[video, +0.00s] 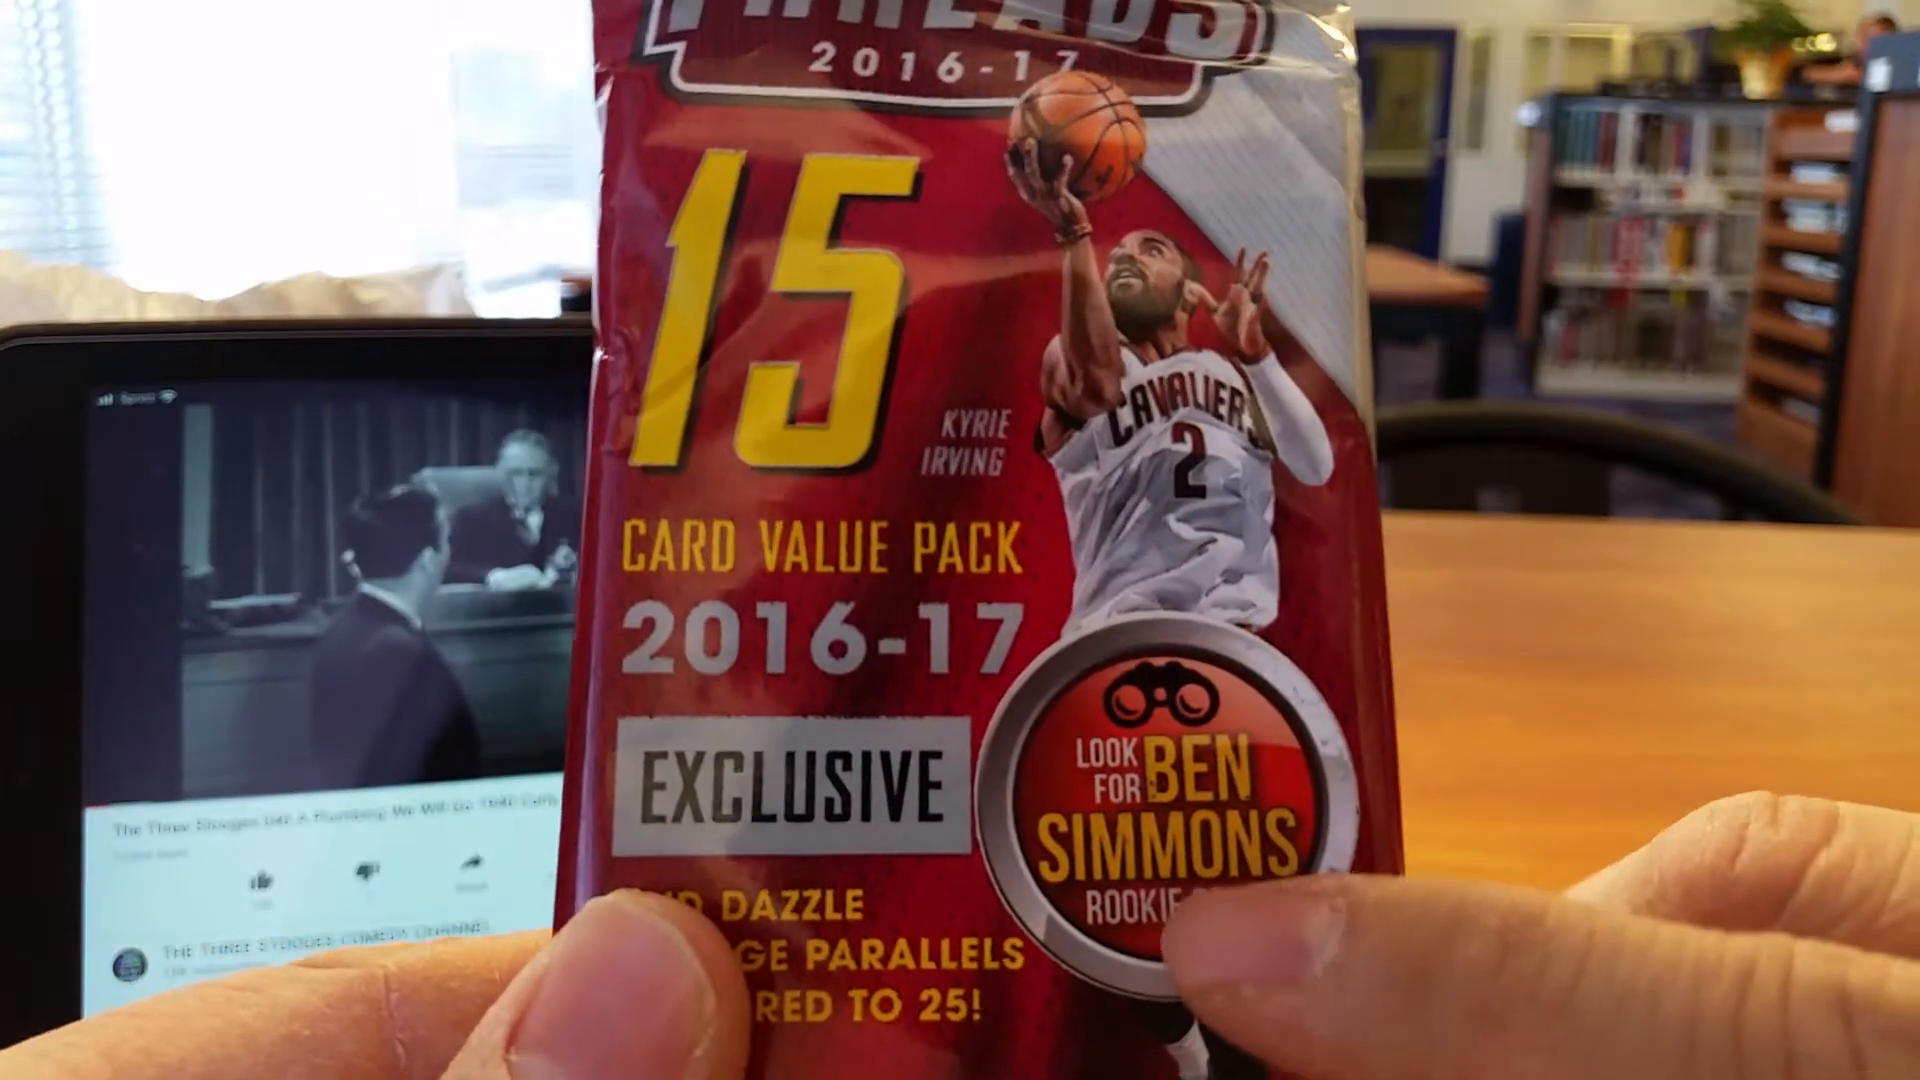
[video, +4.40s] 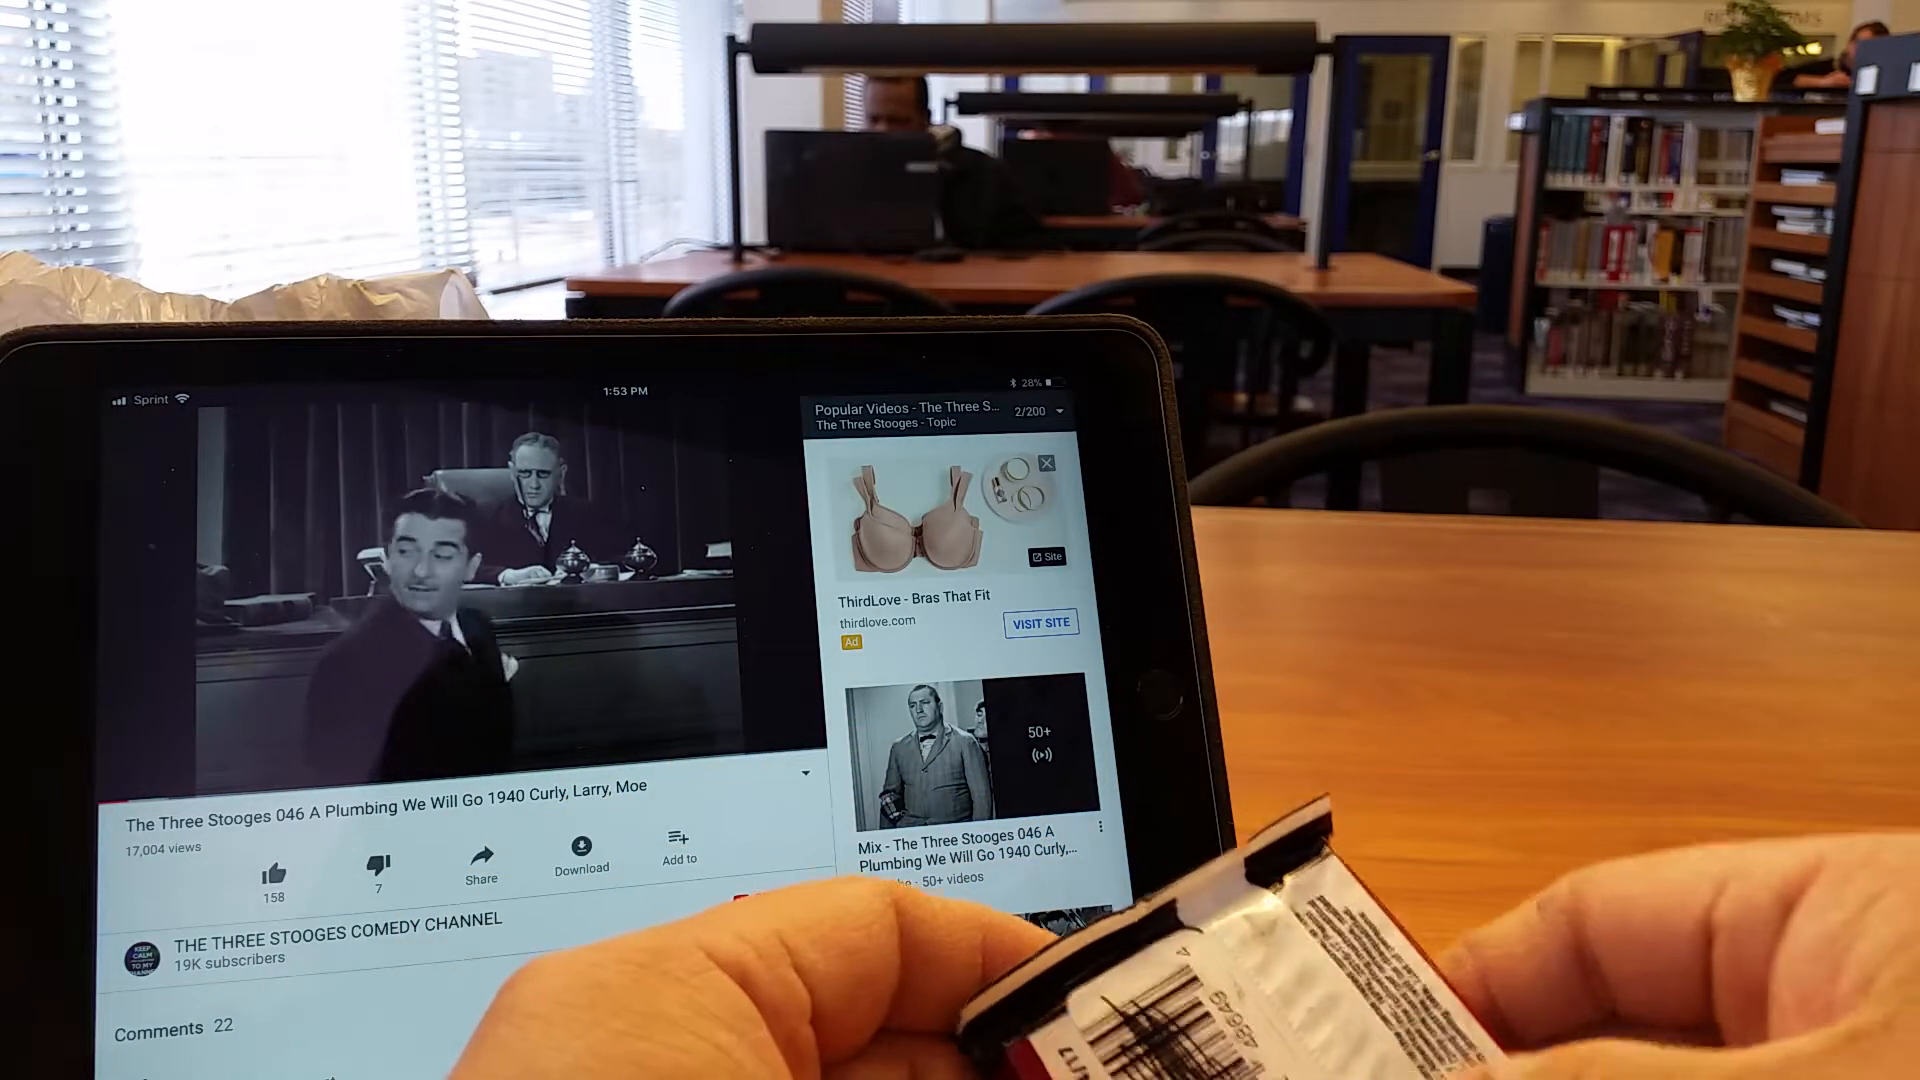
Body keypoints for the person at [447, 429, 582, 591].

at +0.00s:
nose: (524, 484)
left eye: (534, 474)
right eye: (515, 473)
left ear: (551, 472)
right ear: (499, 473)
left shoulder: (573, 517)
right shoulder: (473, 521)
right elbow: (450, 572)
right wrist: (490, 577)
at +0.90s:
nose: (523, 484)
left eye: (533, 474)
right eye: (514, 474)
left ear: (551, 475)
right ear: (500, 475)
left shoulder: (576, 518)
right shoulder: (474, 523)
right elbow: (450, 570)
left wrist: (593, 573)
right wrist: (491, 576)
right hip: (499, 638)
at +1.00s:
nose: (524, 484)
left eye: (534, 475)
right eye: (516, 474)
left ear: (552, 476)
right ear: (503, 474)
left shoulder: (577, 518)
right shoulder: (476, 521)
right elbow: (451, 569)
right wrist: (493, 577)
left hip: (570, 628)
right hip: (501, 633)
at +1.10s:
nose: (528, 484)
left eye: (538, 474)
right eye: (519, 474)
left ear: (556, 473)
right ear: (506, 472)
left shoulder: (579, 515)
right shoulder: (479, 519)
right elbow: (453, 570)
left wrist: (587, 570)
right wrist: (498, 576)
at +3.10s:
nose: (533, 485)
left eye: (543, 475)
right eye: (524, 474)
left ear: (560, 473)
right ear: (511, 470)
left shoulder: (585, 515)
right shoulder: (484, 519)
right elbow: (454, 569)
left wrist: (597, 569)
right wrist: (504, 576)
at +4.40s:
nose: (533, 484)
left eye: (543, 474)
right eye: (525, 474)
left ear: (561, 473)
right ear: (513, 472)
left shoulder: (585, 516)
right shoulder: (493, 520)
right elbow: (465, 568)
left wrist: (592, 571)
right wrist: (506, 576)